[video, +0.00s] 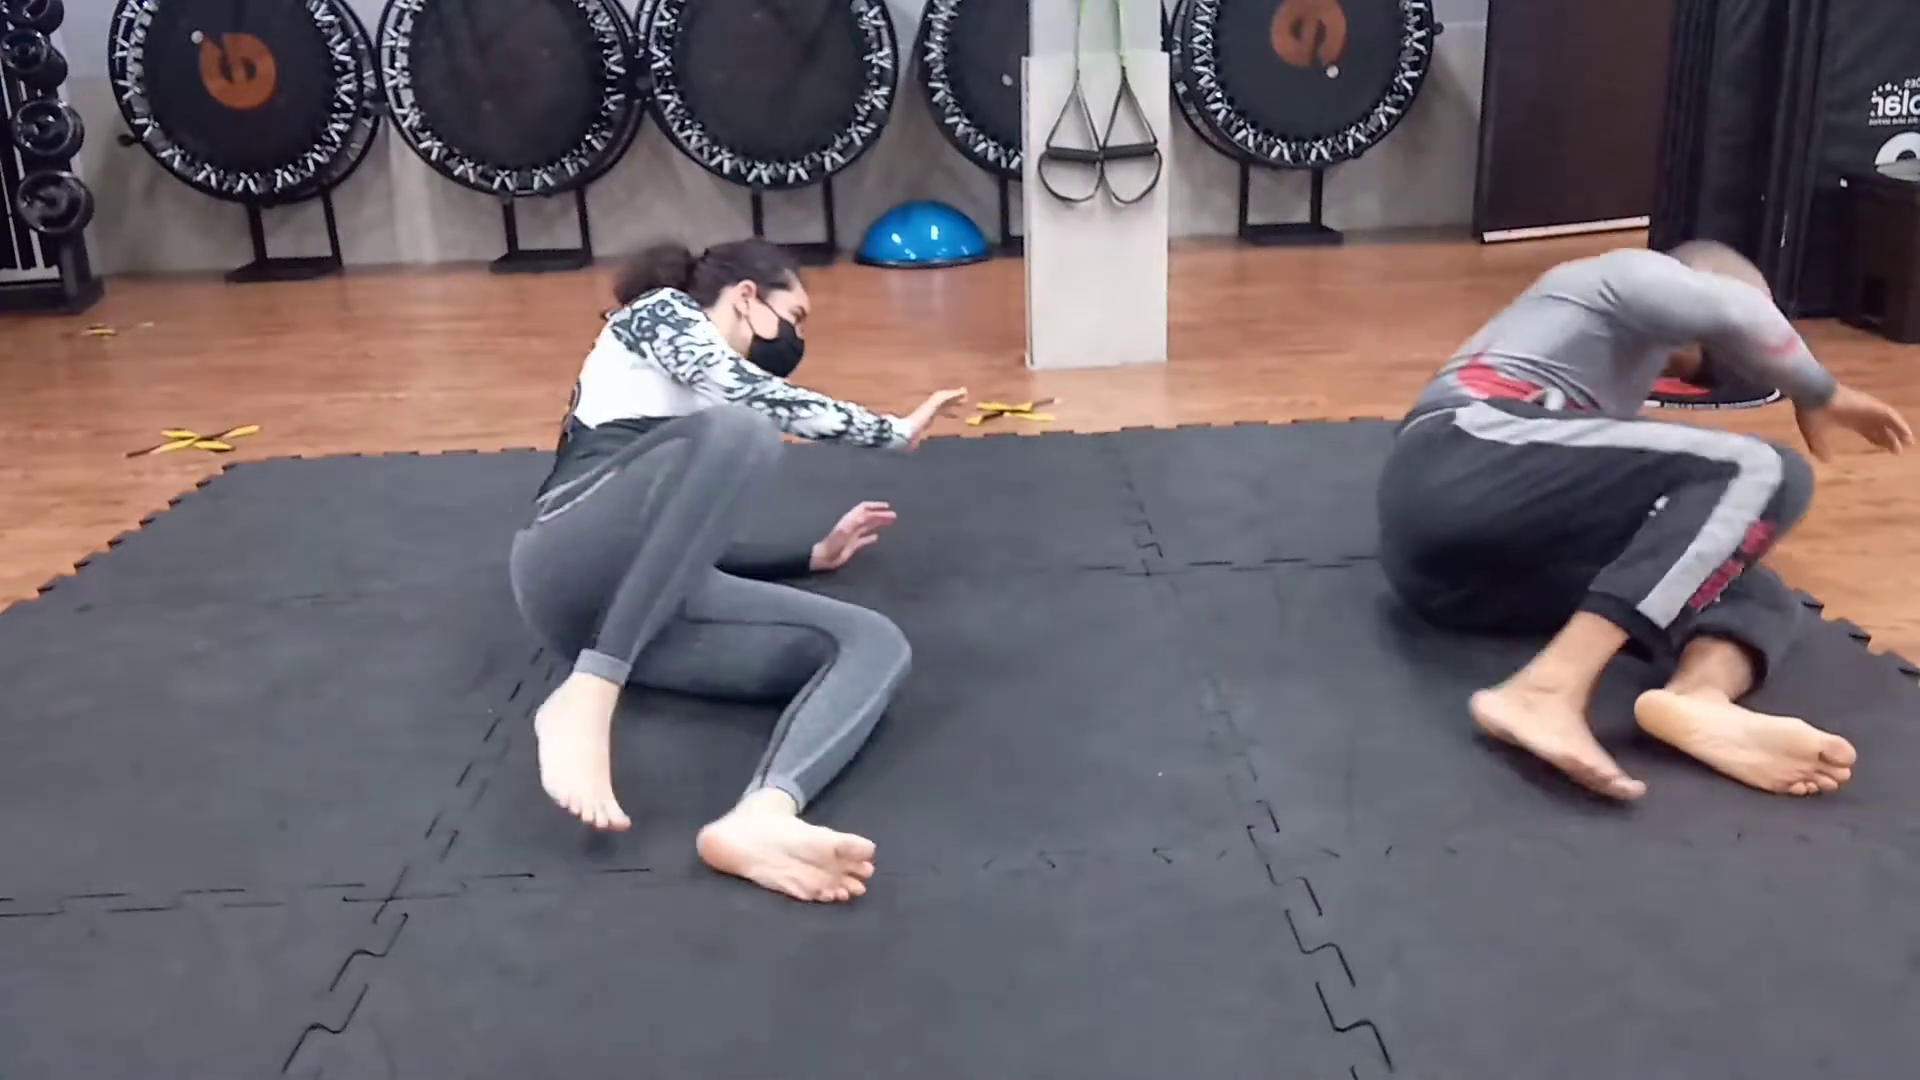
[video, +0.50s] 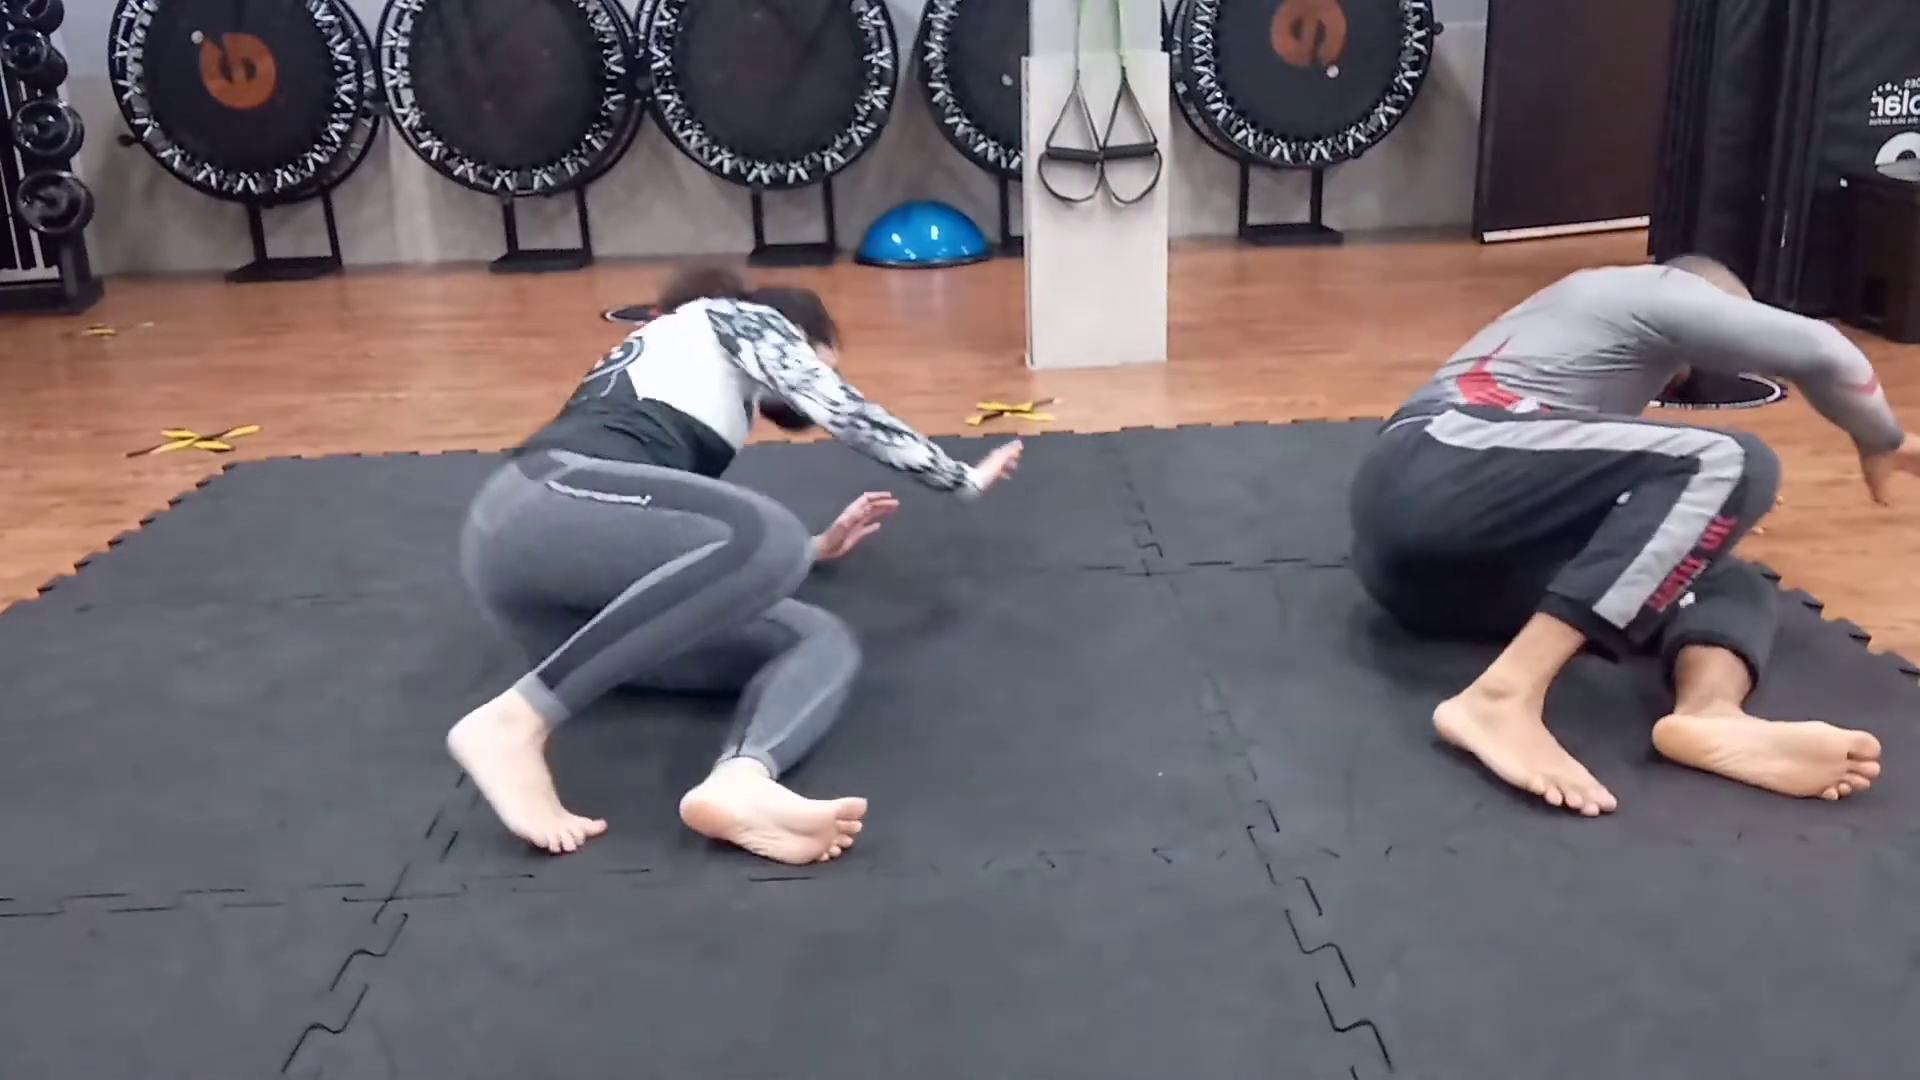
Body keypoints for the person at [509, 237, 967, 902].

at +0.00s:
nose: (789, 342)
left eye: (796, 331)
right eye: (790, 321)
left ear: (738, 305)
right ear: (743, 294)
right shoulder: (657, 313)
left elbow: (682, 551)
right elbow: (742, 391)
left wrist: (815, 556)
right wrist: (894, 431)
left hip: (647, 606)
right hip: (567, 562)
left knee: (875, 641)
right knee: (738, 431)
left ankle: (764, 810)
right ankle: (587, 697)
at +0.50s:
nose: (818, 384)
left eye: (821, 370)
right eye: (817, 364)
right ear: (787, 330)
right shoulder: (735, 317)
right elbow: (840, 411)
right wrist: (963, 477)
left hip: (545, 617)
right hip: (531, 503)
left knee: (823, 638)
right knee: (773, 540)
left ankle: (741, 775)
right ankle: (513, 722)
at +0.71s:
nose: (792, 433)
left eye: (798, 424)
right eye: (801, 415)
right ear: (793, 365)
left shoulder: (674, 418)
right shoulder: (743, 340)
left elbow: (673, 549)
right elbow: (863, 434)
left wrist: (809, 545)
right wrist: (970, 501)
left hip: (487, 603)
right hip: (476, 484)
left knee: (741, 632)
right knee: (712, 532)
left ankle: (708, 790)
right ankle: (476, 751)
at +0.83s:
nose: (806, 432)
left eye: (817, 417)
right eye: (814, 410)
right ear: (792, 375)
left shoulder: (673, 451)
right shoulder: (729, 355)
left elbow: (679, 554)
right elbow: (848, 453)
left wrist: (805, 546)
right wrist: (961, 510)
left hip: (491, 612)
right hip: (434, 504)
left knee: (703, 636)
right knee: (632, 510)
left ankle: (698, 803)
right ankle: (460, 779)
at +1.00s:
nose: (783, 430)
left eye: (795, 420)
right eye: (788, 410)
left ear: (750, 377)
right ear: (755, 363)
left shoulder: (663, 424)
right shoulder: (672, 354)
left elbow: (692, 556)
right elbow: (783, 464)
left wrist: (806, 543)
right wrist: (914, 514)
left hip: (465, 622)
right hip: (389, 545)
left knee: (670, 620)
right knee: (554, 480)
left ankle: (689, 796)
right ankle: (452, 779)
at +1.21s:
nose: (745, 397)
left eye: (755, 389)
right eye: (751, 376)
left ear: (711, 359)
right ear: (712, 338)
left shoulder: (659, 425)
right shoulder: (611, 329)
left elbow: (692, 550)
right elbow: (691, 433)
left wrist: (806, 543)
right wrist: (834, 501)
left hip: (480, 605)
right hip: (373, 555)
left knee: (657, 619)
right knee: (485, 463)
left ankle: (684, 795)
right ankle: (435, 770)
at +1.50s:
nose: (715, 348)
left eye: (724, 338)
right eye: (707, 324)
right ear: (643, 303)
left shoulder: (650, 430)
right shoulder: (551, 314)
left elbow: (688, 552)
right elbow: (593, 393)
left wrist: (792, 536)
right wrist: (750, 444)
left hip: (490, 604)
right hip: (387, 562)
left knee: (653, 624)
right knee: (407, 456)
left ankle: (678, 798)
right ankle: (405, 756)